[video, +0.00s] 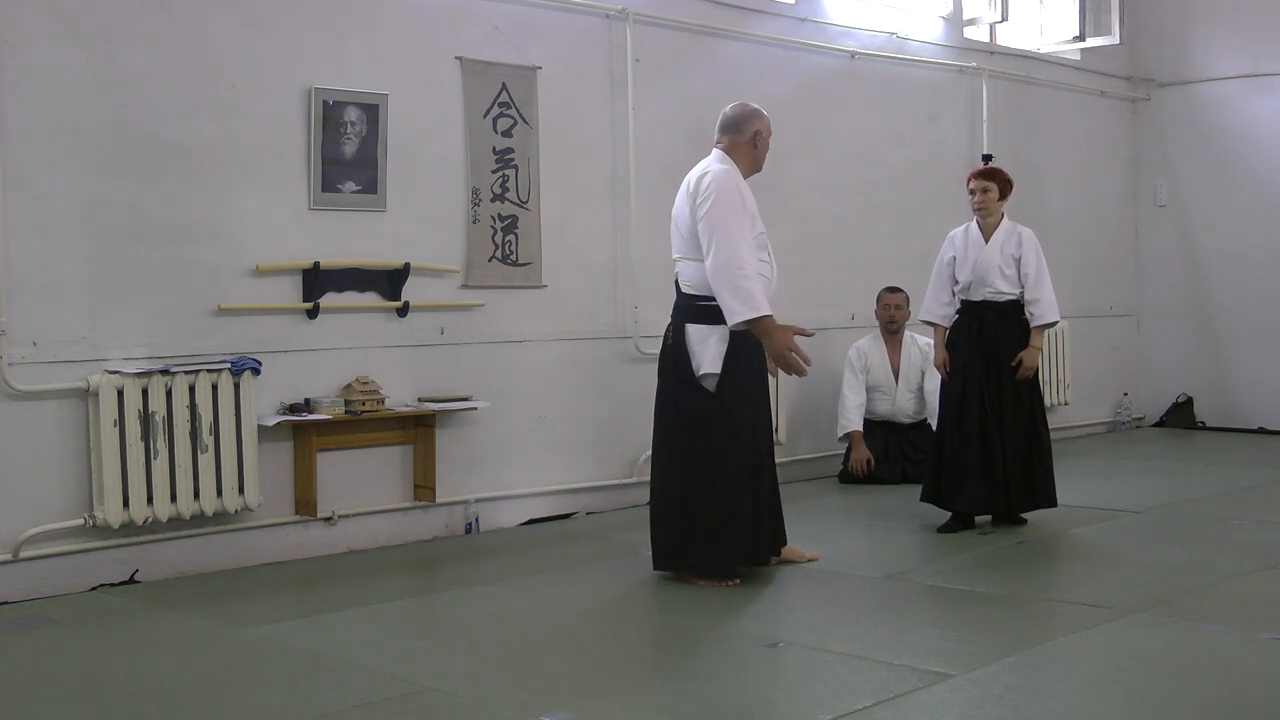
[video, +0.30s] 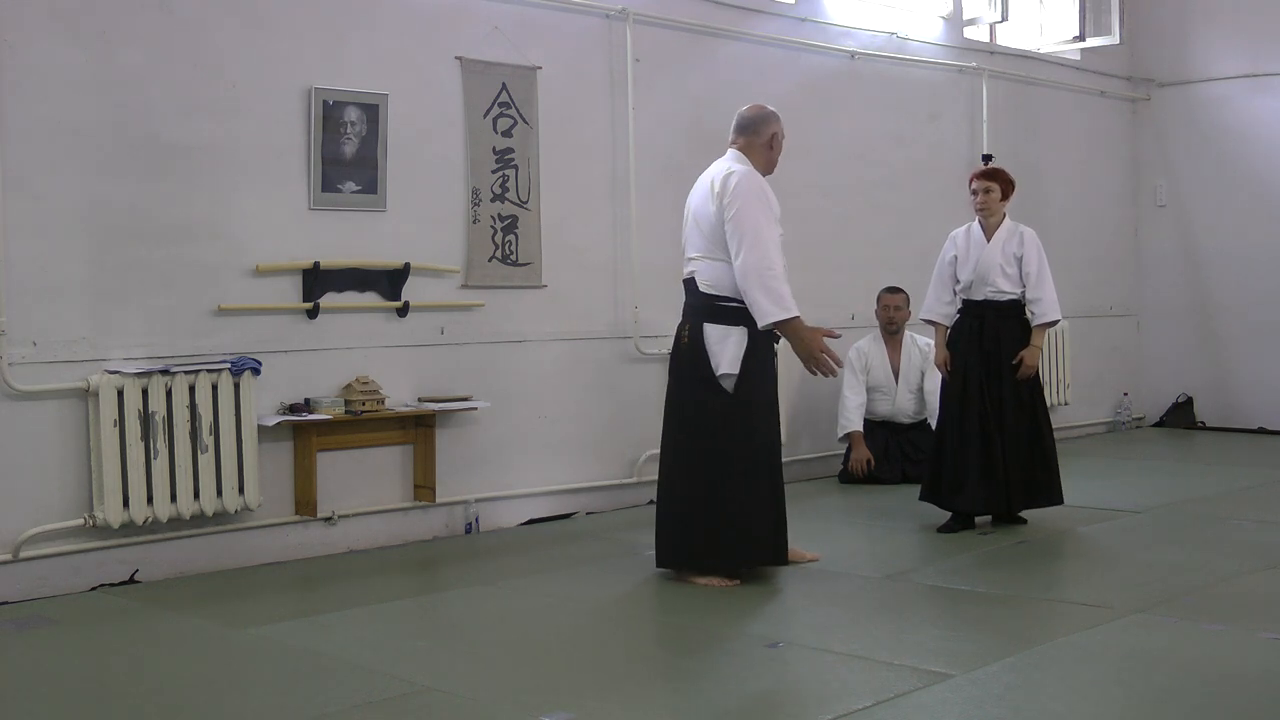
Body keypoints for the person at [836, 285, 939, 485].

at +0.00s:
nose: (891, 314)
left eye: (898, 308)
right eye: (885, 308)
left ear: (908, 314)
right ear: (876, 313)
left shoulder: (926, 349)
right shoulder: (861, 350)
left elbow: (936, 397)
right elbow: (852, 398)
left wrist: (945, 437)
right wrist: (857, 443)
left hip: (916, 430)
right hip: (875, 430)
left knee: (936, 471)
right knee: (856, 471)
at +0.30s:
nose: (891, 315)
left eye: (898, 309)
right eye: (885, 309)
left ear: (908, 315)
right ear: (876, 313)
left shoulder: (926, 349)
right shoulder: (861, 351)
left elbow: (936, 398)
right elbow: (852, 398)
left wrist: (945, 437)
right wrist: (857, 443)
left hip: (917, 430)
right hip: (875, 431)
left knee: (938, 470)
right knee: (856, 471)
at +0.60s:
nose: (889, 318)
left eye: (896, 312)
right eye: (884, 312)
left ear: (908, 315)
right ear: (877, 314)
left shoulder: (927, 350)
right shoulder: (861, 351)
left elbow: (936, 399)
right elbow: (852, 398)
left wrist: (946, 438)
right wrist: (857, 443)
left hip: (917, 431)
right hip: (875, 431)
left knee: (938, 470)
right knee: (856, 471)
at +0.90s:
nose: (889, 320)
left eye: (896, 313)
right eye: (884, 313)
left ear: (908, 316)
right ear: (877, 314)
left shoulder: (927, 350)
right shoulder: (861, 351)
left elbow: (936, 399)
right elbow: (852, 399)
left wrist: (946, 439)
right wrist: (857, 443)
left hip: (916, 430)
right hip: (875, 431)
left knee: (937, 471)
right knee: (857, 471)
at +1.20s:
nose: (889, 320)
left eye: (896, 313)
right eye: (884, 313)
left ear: (908, 316)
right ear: (876, 314)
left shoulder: (926, 350)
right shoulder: (861, 351)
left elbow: (936, 399)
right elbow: (852, 398)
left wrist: (946, 439)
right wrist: (857, 443)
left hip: (916, 431)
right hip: (874, 432)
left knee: (937, 470)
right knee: (856, 471)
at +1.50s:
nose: (890, 318)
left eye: (897, 312)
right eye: (885, 312)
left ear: (908, 316)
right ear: (876, 314)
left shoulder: (926, 349)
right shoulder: (861, 351)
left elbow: (936, 397)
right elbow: (852, 398)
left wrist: (945, 438)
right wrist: (857, 443)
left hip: (916, 430)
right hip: (874, 431)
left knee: (935, 470)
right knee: (856, 471)